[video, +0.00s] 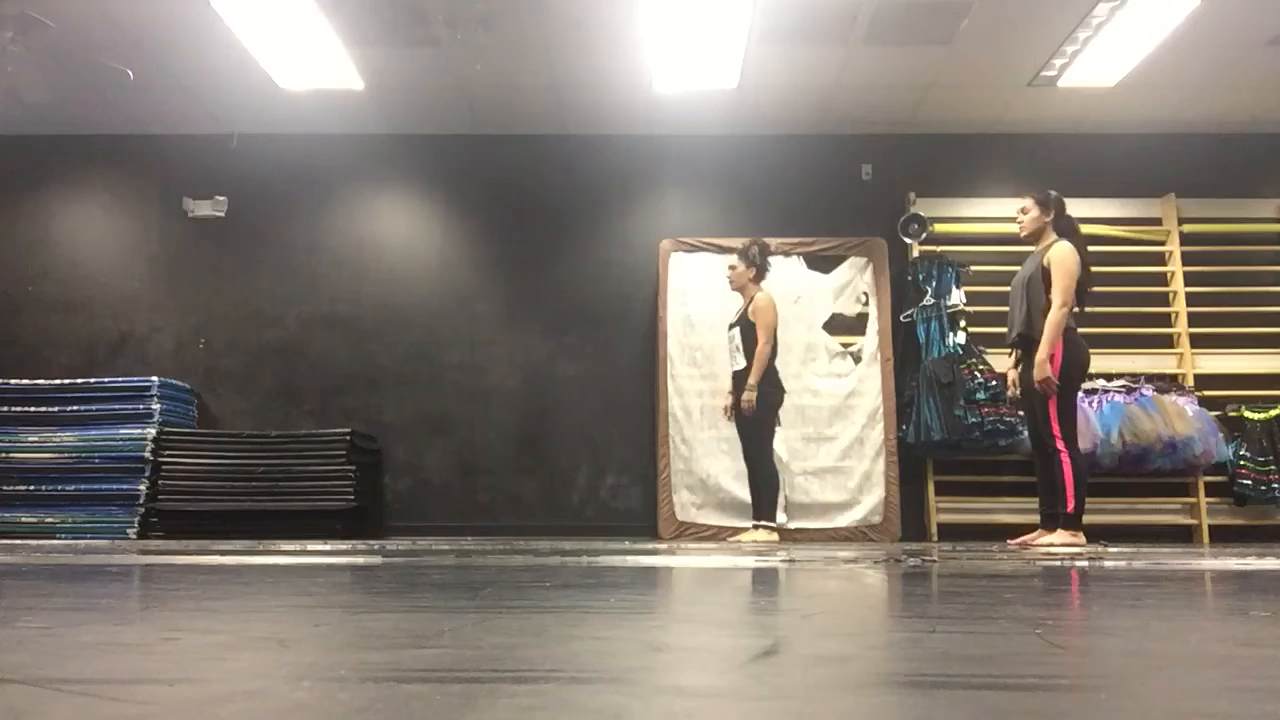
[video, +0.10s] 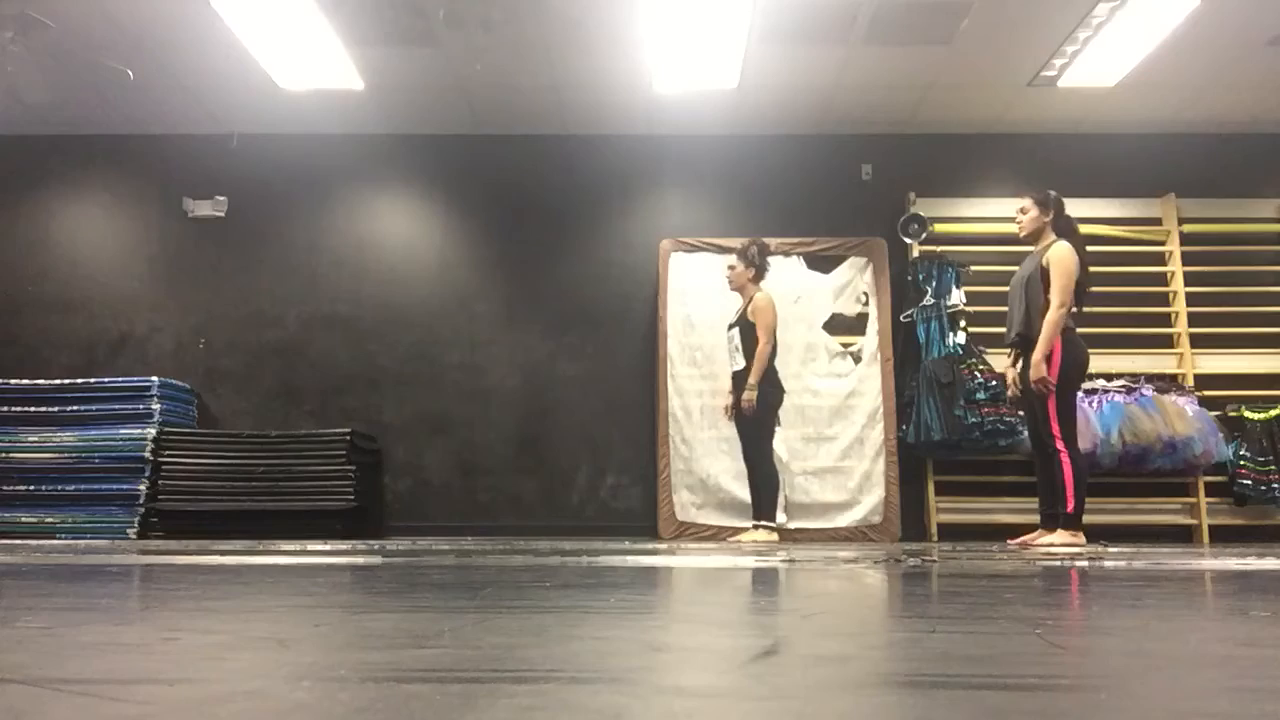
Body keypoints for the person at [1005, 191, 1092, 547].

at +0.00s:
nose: (1018, 219)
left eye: (1025, 212)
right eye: (1018, 213)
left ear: (1048, 214)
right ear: (1040, 217)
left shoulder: (1062, 250)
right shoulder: (1036, 256)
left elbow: (1062, 306)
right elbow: (1027, 314)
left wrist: (1043, 358)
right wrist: (1014, 361)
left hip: (1058, 348)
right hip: (1038, 351)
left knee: (1059, 439)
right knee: (1042, 440)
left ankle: (1071, 528)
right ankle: (1050, 525)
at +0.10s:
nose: (1017, 219)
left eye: (1024, 212)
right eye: (1017, 213)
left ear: (1048, 214)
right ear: (1040, 217)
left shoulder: (1061, 250)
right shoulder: (1035, 256)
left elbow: (1060, 307)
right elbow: (1026, 313)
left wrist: (1039, 357)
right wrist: (1012, 359)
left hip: (1057, 348)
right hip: (1037, 351)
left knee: (1059, 440)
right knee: (1042, 440)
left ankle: (1071, 528)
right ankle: (1050, 525)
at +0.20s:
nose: (1015, 219)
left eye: (1022, 212)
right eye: (1015, 213)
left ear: (1045, 214)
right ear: (1035, 218)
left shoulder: (1058, 250)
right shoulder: (1033, 257)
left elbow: (1058, 307)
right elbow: (1023, 313)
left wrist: (1034, 356)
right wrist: (1009, 357)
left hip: (1056, 348)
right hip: (1035, 351)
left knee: (1058, 439)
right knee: (1041, 440)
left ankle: (1070, 528)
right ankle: (1050, 525)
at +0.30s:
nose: (1012, 219)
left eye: (1019, 213)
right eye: (1012, 214)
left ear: (1042, 215)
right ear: (1031, 219)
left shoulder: (1056, 251)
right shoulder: (1030, 256)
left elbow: (1055, 306)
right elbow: (1020, 313)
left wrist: (1031, 356)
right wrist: (1008, 357)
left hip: (1055, 349)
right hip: (1034, 352)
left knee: (1058, 439)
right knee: (1040, 440)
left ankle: (1071, 528)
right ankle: (1050, 525)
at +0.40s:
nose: (1008, 220)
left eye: (1015, 213)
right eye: (1008, 214)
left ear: (1038, 216)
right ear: (1026, 219)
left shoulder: (1053, 250)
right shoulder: (1025, 257)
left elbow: (1051, 307)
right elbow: (1019, 313)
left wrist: (1029, 357)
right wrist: (1007, 357)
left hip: (1054, 350)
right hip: (1032, 353)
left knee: (1057, 439)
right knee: (1039, 440)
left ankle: (1070, 528)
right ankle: (1050, 525)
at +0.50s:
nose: (1003, 221)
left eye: (1009, 215)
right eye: (1002, 216)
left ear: (1032, 216)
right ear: (1015, 220)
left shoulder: (1049, 251)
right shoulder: (1017, 260)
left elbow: (1048, 308)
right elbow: (1009, 314)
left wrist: (1026, 357)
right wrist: (1004, 358)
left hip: (1053, 349)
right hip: (1029, 354)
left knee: (1057, 438)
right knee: (1039, 440)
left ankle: (1071, 528)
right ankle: (1050, 525)